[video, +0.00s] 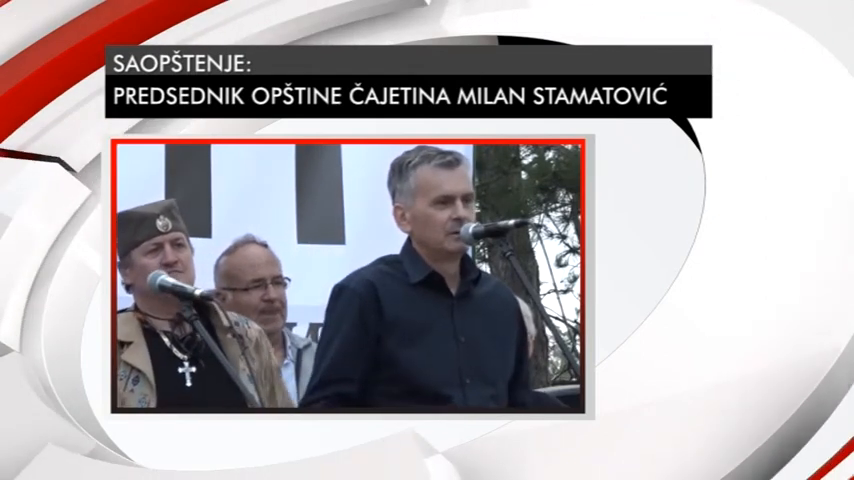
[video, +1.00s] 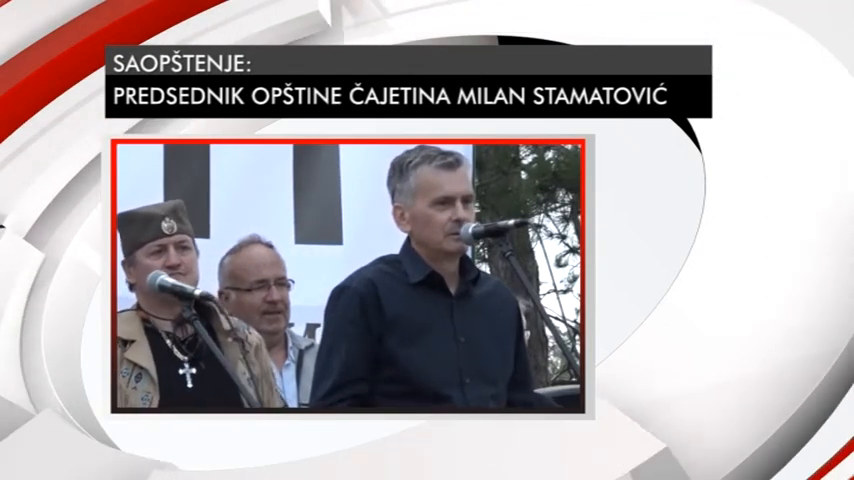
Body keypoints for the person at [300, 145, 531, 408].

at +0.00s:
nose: (461, 214)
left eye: (467, 201)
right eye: (443, 203)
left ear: (475, 206)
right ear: (403, 217)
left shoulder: (502, 301)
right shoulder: (363, 294)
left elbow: (519, 405)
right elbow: (322, 408)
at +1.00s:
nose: (461, 215)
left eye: (467, 202)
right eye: (443, 204)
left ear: (475, 207)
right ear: (402, 217)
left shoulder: (500, 300)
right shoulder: (361, 296)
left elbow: (521, 405)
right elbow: (332, 413)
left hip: (495, 462)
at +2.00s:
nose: (461, 211)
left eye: (467, 197)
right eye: (442, 200)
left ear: (475, 203)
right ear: (402, 215)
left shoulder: (499, 301)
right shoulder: (360, 296)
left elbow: (521, 406)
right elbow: (332, 408)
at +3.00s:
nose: (463, 215)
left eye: (468, 201)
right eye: (444, 203)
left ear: (475, 205)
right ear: (402, 216)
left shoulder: (500, 302)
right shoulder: (368, 291)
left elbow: (537, 401)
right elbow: (332, 396)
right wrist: (369, 409)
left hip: (499, 458)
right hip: (404, 462)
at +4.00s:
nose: (463, 215)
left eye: (468, 202)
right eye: (446, 203)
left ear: (475, 205)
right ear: (401, 214)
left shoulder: (495, 299)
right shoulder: (362, 297)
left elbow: (516, 409)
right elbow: (335, 414)